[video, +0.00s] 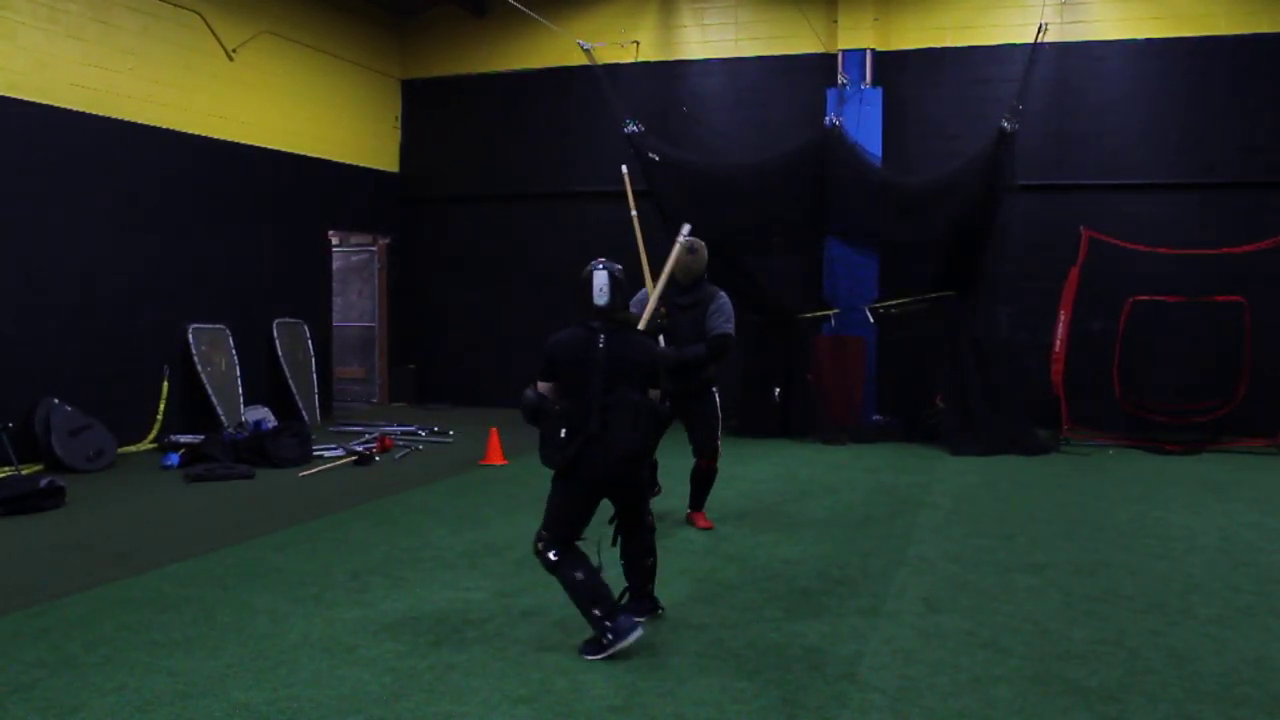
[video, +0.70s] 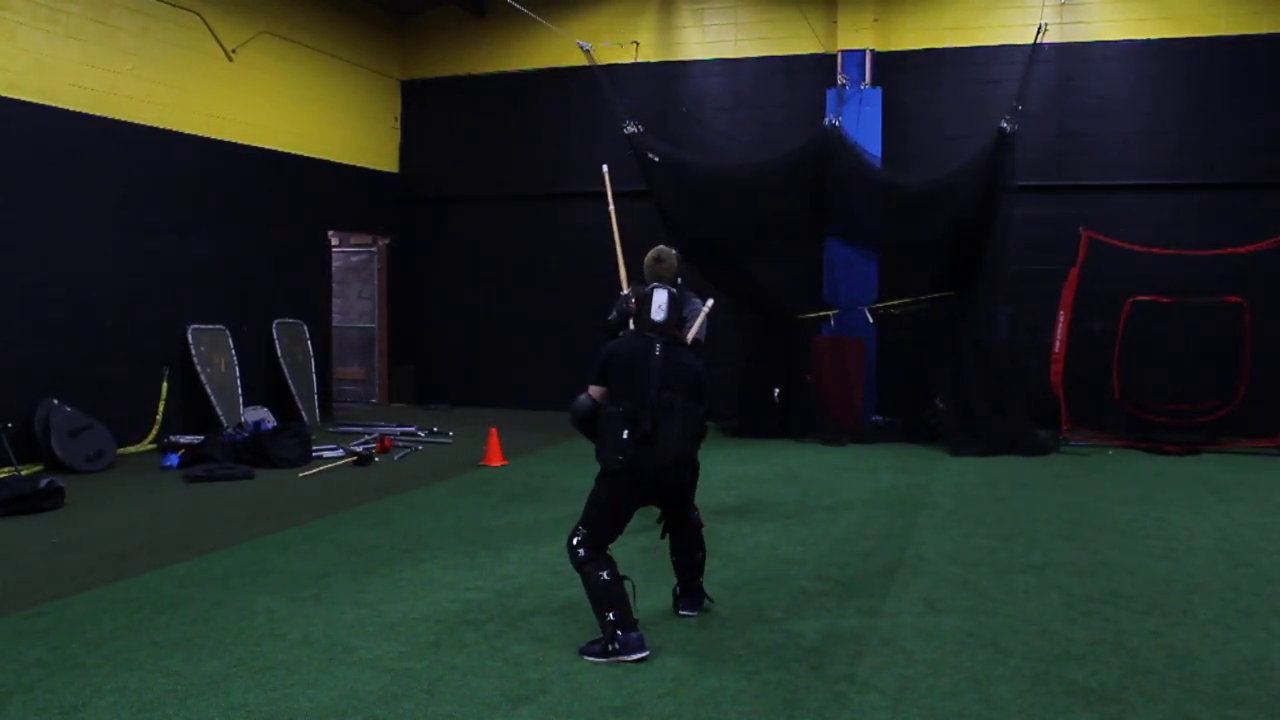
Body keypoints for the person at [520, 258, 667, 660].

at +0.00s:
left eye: (592, 292)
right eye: (612, 292)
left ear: (582, 297)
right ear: (624, 298)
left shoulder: (564, 344)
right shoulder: (643, 346)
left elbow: (543, 401)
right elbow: (660, 403)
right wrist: (642, 441)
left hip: (581, 461)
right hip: (630, 460)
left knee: (553, 543)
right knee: (637, 522)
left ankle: (611, 622)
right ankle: (641, 599)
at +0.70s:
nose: (623, 317)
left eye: (628, 312)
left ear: (633, 317)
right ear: (677, 322)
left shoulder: (619, 350)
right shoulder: (690, 361)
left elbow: (586, 409)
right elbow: (699, 424)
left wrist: (610, 442)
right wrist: (676, 448)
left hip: (626, 469)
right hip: (677, 469)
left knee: (586, 543)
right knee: (684, 517)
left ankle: (622, 634)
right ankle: (689, 596)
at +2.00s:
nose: (686, 360)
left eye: (688, 354)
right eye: (686, 353)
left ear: (698, 356)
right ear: (722, 343)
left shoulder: (708, 391)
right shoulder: (752, 366)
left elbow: (688, 431)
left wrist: (686, 397)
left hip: (756, 482)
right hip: (786, 475)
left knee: (689, 525)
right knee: (744, 518)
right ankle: (792, 580)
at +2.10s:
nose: (701, 362)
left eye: (702, 356)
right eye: (702, 355)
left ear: (708, 359)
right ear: (736, 345)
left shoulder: (722, 392)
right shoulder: (765, 368)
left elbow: (691, 431)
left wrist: (691, 397)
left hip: (769, 491)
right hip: (796, 481)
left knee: (708, 544)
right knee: (749, 519)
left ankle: (746, 633)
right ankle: (792, 580)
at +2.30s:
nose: (725, 339)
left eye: (728, 332)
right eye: (727, 331)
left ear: (735, 333)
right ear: (764, 327)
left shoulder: (742, 375)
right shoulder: (792, 362)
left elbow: (711, 429)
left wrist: (711, 412)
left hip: (765, 483)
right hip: (804, 475)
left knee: (709, 537)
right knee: (766, 512)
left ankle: (744, 631)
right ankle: (794, 582)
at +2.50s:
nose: (749, 293)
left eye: (752, 287)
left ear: (755, 290)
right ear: (793, 289)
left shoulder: (753, 333)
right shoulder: (813, 333)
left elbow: (732, 391)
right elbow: (827, 386)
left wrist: (714, 408)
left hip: (777, 452)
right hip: (815, 450)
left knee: (738, 527)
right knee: (802, 512)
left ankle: (748, 629)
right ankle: (820, 589)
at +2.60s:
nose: (770, 291)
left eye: (773, 286)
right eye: (779, 285)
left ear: (775, 289)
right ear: (810, 290)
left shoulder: (766, 330)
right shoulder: (827, 333)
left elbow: (741, 385)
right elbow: (841, 388)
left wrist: (738, 419)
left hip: (788, 451)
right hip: (827, 450)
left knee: (747, 527)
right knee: (813, 517)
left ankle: (748, 630)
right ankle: (842, 599)